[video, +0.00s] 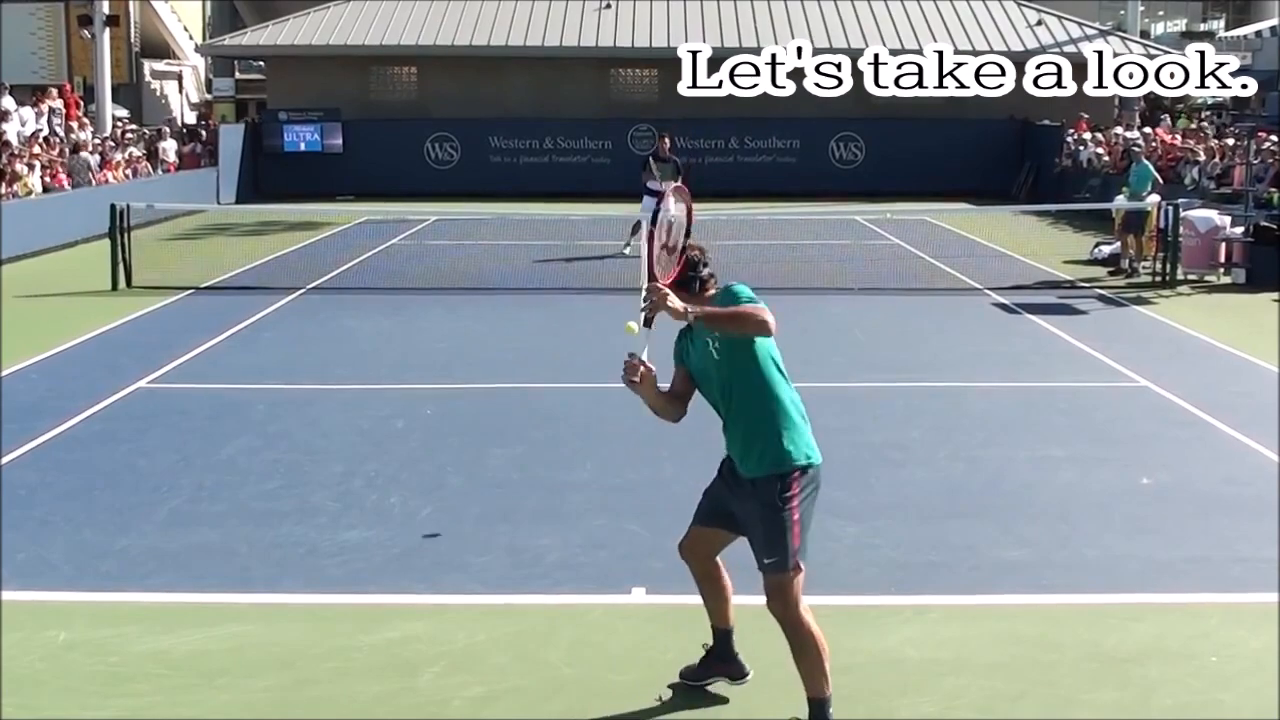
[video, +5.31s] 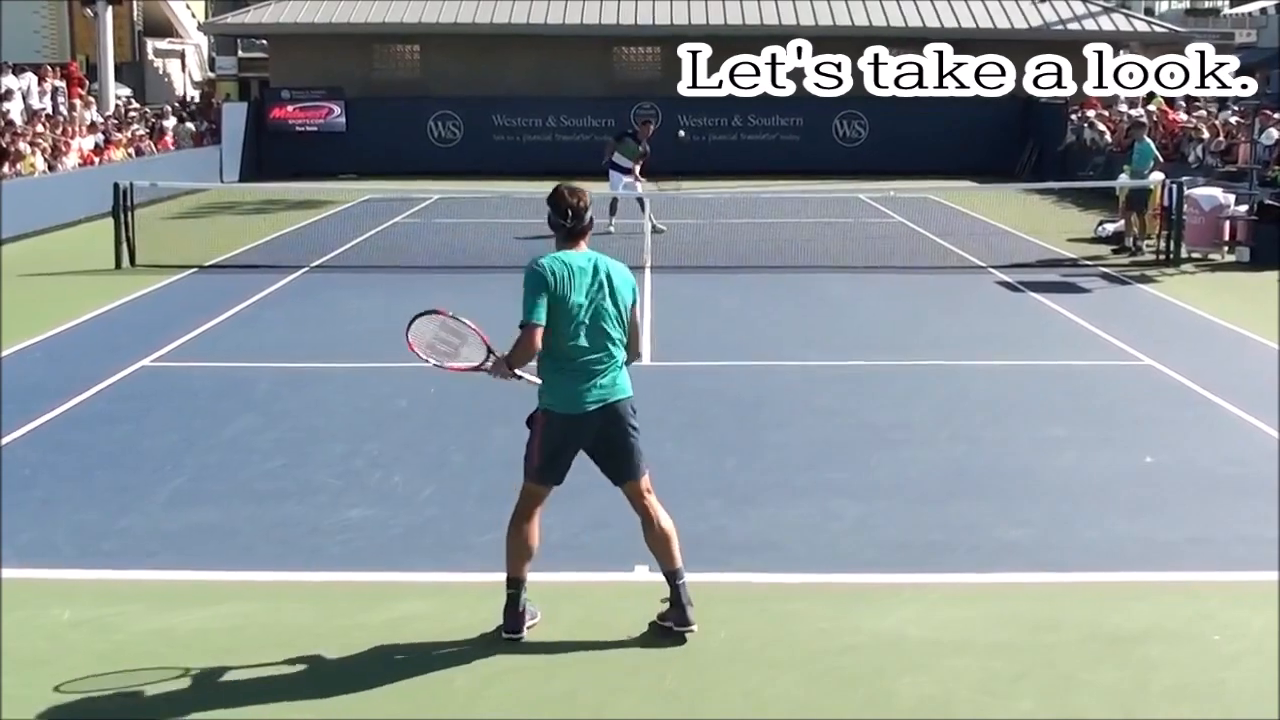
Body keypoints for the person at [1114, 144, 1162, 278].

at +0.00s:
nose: (1134, 155)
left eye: (1136, 152)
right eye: (1132, 152)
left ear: (1142, 153)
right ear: (1130, 153)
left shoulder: (1147, 166)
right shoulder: (1133, 166)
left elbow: (1159, 183)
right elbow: (1132, 184)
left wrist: (1147, 195)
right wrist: (1128, 191)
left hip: (1142, 205)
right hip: (1130, 204)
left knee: (1138, 236)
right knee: (1122, 234)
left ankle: (1137, 267)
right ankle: (1123, 265)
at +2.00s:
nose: (1128, 154)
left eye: (1131, 151)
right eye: (1128, 151)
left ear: (1138, 152)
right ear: (1128, 153)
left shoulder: (1144, 166)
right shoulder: (1130, 165)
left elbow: (1156, 182)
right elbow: (1131, 183)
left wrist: (1144, 194)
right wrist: (1125, 191)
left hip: (1138, 205)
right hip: (1128, 204)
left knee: (1136, 235)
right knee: (1121, 234)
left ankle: (1136, 266)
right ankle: (1122, 264)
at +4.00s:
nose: (1122, 148)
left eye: (1125, 146)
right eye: (1122, 146)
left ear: (1132, 147)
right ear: (1123, 147)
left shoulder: (1138, 160)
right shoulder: (1125, 160)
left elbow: (1150, 177)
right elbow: (1127, 178)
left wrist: (1137, 189)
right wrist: (1120, 186)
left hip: (1133, 200)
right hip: (1123, 198)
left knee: (1130, 230)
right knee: (1116, 228)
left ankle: (1130, 260)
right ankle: (1117, 259)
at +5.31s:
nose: (1133, 133)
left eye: (1136, 130)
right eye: (1133, 130)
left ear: (1143, 130)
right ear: (1133, 132)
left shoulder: (1148, 143)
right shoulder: (1137, 144)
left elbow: (1159, 160)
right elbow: (1138, 161)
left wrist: (1148, 172)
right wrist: (1130, 169)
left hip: (1143, 183)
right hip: (1133, 182)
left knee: (1140, 214)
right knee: (1127, 213)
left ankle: (1140, 245)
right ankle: (1128, 243)